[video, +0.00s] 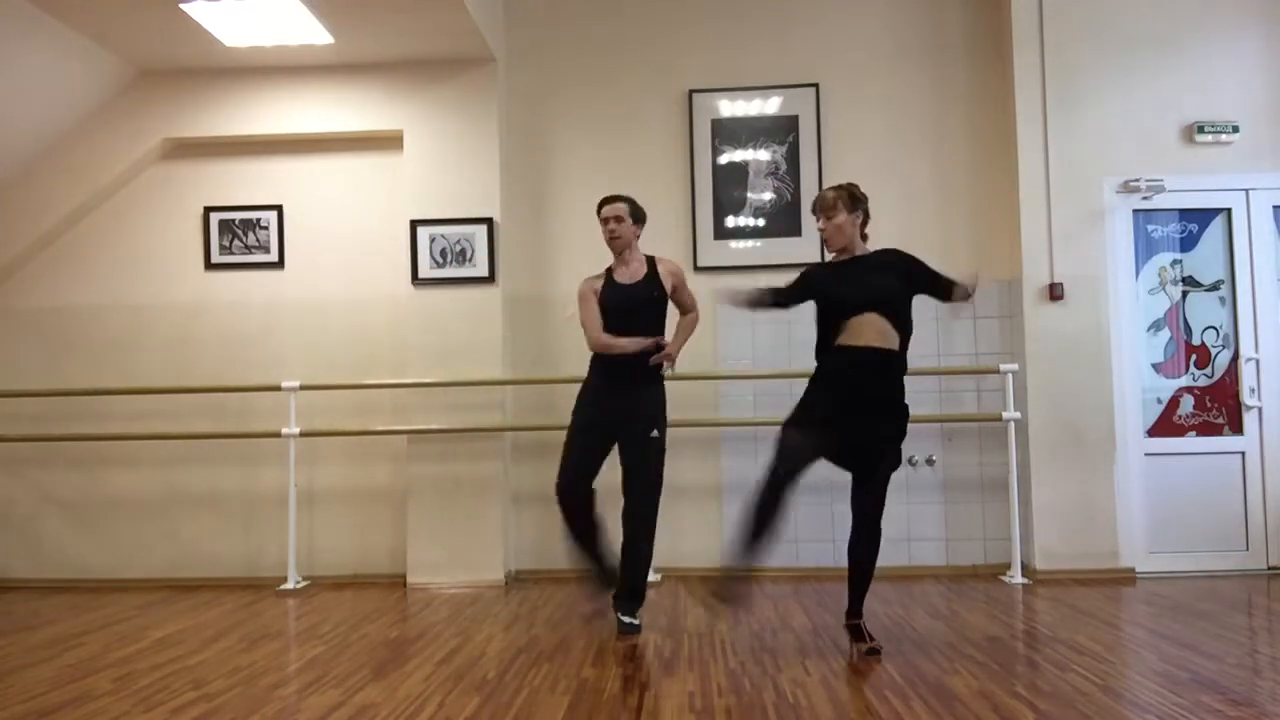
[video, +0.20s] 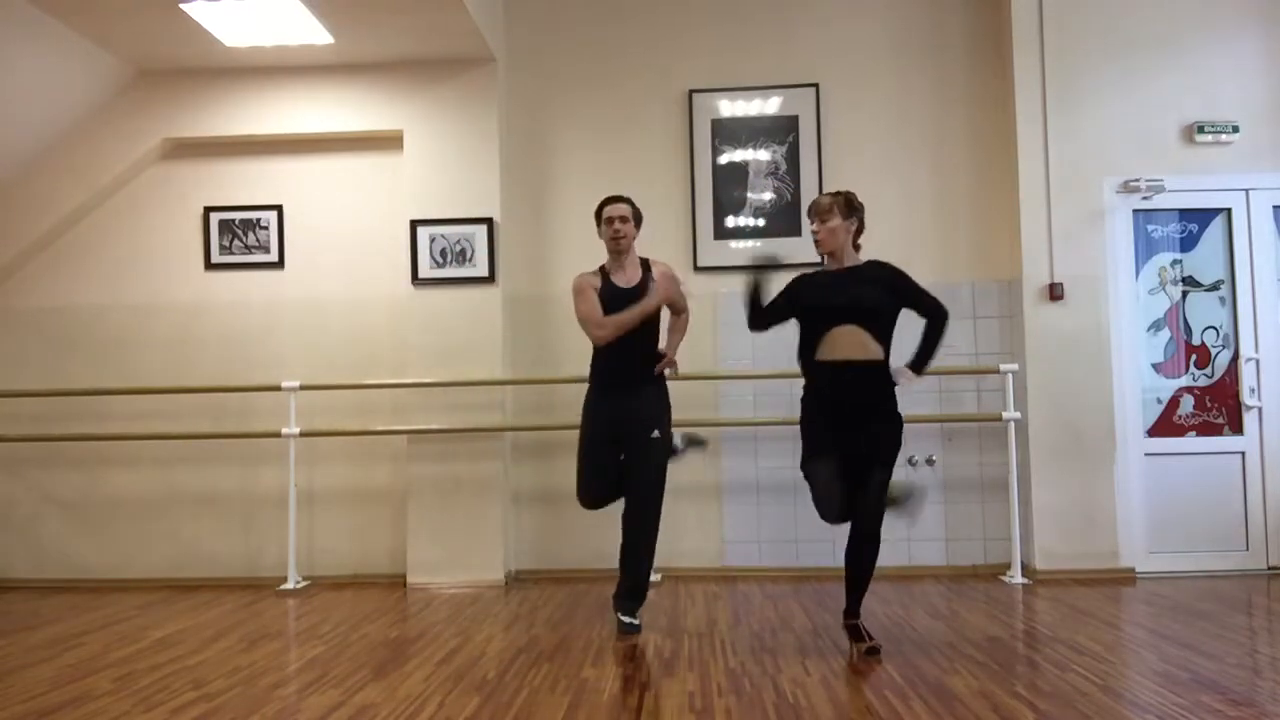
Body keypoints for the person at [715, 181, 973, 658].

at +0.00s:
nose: (824, 225)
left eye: (833, 215)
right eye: (821, 217)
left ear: (859, 218)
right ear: (820, 223)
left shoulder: (896, 262)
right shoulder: (820, 275)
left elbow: (949, 291)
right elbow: (782, 297)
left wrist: (963, 289)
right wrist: (740, 297)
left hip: (883, 394)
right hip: (830, 388)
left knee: (868, 513)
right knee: (781, 472)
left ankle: (855, 616)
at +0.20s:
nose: (816, 228)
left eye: (825, 220)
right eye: (814, 222)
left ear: (853, 226)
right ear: (815, 231)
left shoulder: (883, 275)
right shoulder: (804, 285)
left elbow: (937, 314)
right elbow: (757, 322)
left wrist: (916, 366)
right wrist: (754, 281)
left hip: (875, 399)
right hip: (822, 402)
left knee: (867, 515)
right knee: (832, 510)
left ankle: (853, 615)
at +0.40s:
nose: (798, 235)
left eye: (808, 227)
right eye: (798, 228)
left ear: (837, 234)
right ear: (802, 237)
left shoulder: (865, 282)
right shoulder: (792, 291)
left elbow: (907, 326)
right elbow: (782, 342)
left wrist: (889, 368)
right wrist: (813, 309)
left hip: (869, 401)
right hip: (823, 410)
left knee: (857, 518)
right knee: (839, 523)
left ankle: (849, 618)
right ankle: (938, 559)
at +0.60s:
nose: (782, 236)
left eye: (793, 227)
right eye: (783, 229)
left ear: (822, 235)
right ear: (790, 238)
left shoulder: (851, 285)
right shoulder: (777, 290)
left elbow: (889, 328)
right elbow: (792, 330)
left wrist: (870, 371)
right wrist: (821, 276)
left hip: (857, 399)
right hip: (809, 409)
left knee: (855, 520)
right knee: (849, 526)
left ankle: (851, 617)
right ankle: (923, 597)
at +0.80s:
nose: (770, 237)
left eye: (779, 229)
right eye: (768, 230)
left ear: (806, 233)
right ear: (775, 237)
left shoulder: (840, 283)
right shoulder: (769, 294)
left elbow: (900, 317)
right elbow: (753, 350)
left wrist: (884, 364)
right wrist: (790, 319)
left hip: (845, 406)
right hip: (797, 411)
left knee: (854, 518)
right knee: (797, 516)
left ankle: (851, 617)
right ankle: (833, 574)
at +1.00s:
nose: (744, 224)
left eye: (751, 214)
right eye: (743, 216)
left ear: (780, 216)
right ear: (757, 220)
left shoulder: (811, 263)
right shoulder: (740, 277)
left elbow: (851, 287)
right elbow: (721, 332)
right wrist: (711, 383)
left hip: (811, 393)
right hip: (760, 394)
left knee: (823, 502)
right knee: (734, 499)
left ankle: (845, 606)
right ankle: (711, 605)